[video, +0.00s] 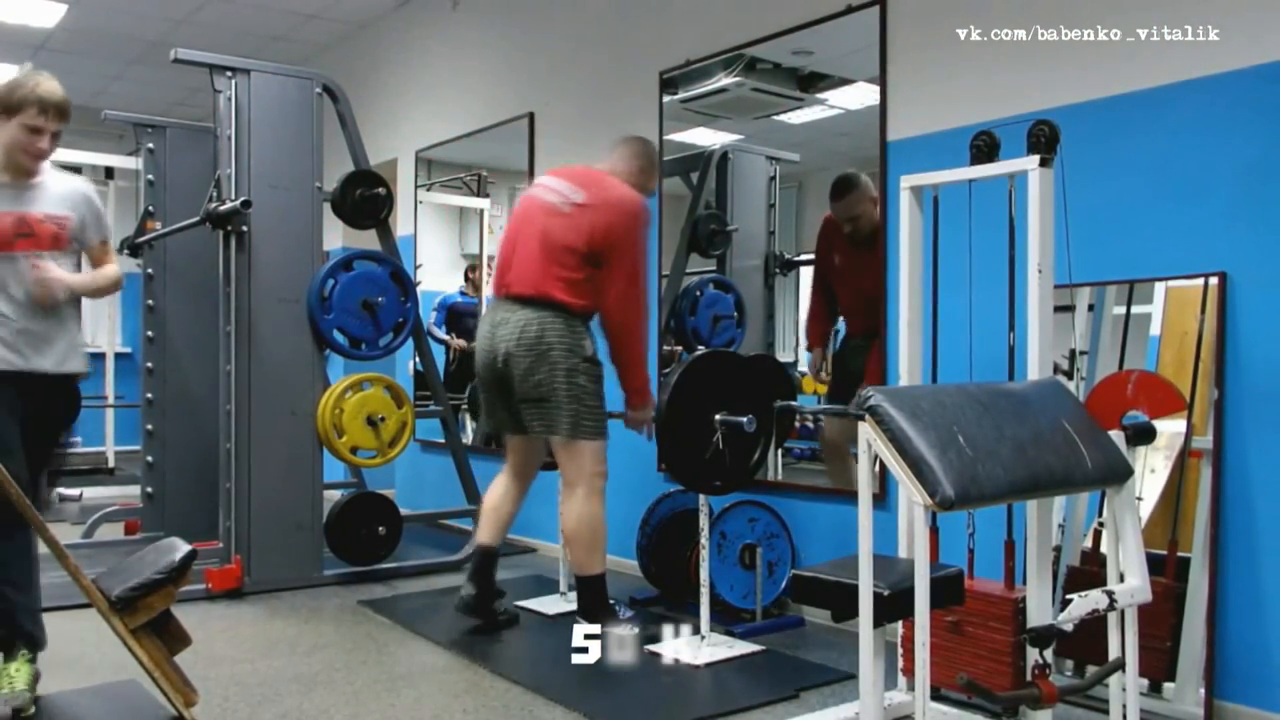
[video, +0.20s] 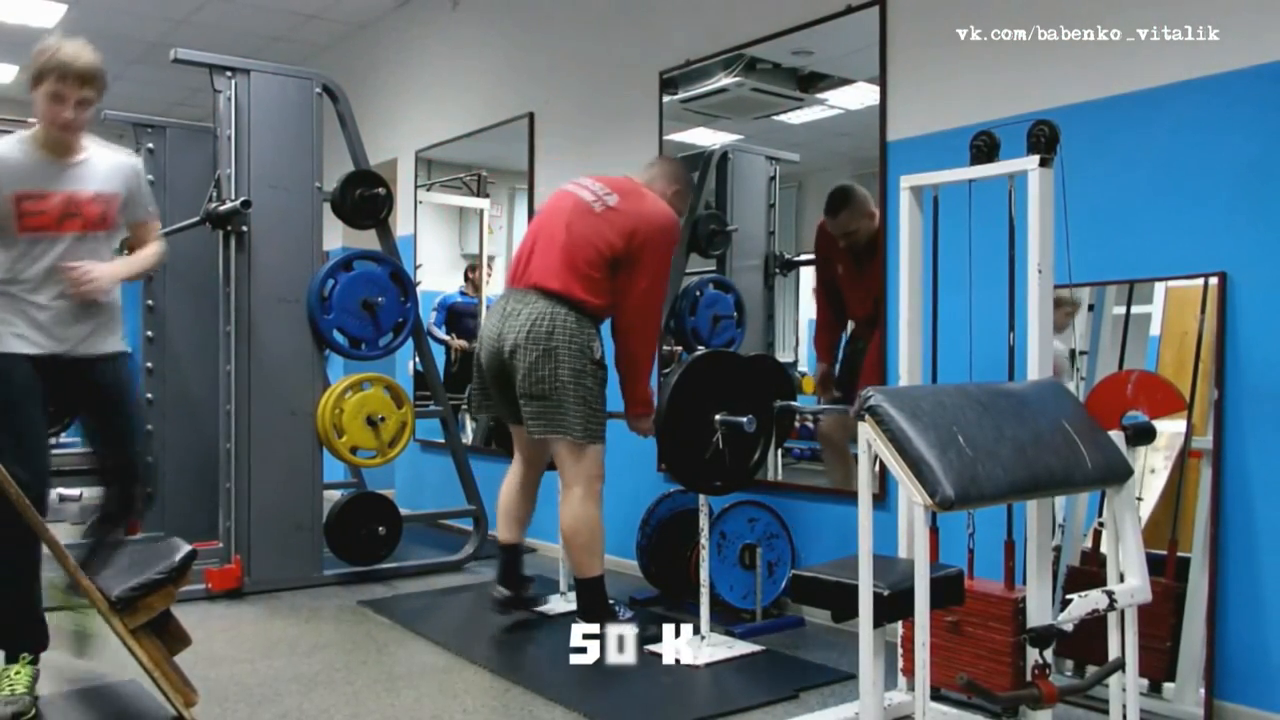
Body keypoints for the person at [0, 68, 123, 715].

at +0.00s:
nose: (42, 139)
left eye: (51, 130)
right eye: (30, 127)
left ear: (59, 136)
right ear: (3, 127)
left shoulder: (77, 196)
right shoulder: (3, 190)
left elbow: (112, 271)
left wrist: (72, 282)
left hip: (54, 373)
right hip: (6, 369)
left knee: (19, 507)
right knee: (14, 508)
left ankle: (16, 645)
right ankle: (20, 647)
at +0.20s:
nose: (70, 108)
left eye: (82, 97)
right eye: (58, 95)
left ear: (97, 103)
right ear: (34, 96)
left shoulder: (122, 167)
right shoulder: (6, 160)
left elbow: (154, 246)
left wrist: (114, 269)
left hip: (99, 348)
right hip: (18, 347)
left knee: (128, 483)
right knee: (20, 499)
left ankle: (87, 583)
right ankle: (19, 648)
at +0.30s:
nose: (90, 93)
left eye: (103, 82)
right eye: (78, 80)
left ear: (119, 89)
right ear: (56, 82)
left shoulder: (149, 159)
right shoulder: (13, 156)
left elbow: (181, 239)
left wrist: (148, 262)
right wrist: (1, 280)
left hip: (126, 340)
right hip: (37, 341)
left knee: (173, 474)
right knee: (27, 496)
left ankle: (153, 610)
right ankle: (20, 651)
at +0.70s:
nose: (145, 66)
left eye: (157, 53)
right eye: (133, 55)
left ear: (186, 56)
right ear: (122, 64)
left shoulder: (231, 133)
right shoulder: (118, 147)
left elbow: (285, 230)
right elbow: (117, 250)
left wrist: (185, 262)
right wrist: (66, 281)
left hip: (228, 340)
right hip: (148, 343)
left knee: (241, 498)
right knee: (110, 483)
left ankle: (254, 658)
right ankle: (112, 649)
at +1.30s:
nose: (74, 70)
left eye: (84, 55)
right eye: (72, 59)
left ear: (130, 55)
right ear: (105, 66)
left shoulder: (185, 138)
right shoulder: (108, 152)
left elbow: (198, 250)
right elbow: (120, 265)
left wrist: (87, 247)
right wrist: (63, 257)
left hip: (186, 355)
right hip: (122, 357)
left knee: (214, 506)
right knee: (85, 503)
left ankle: (251, 653)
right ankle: (55, 668)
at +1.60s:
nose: (4, 50)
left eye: (15, 35)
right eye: (1, 39)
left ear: (62, 40)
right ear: (11, 52)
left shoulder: (108, 125)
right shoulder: (13, 135)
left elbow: (116, 241)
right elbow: (27, 239)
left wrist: (11, 256)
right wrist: (12, 277)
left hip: (113, 326)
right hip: (43, 334)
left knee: (113, 483)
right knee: (27, 492)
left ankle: (181, 649)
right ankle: (49, 659)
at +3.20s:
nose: (74, 6)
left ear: (129, 12)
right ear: (54, 10)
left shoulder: (163, 105)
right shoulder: (30, 108)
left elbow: (234, 219)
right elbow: (16, 197)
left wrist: (111, 249)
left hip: (154, 346)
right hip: (70, 346)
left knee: (158, 513)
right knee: (100, 507)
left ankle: (167, 685)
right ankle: (155, 616)